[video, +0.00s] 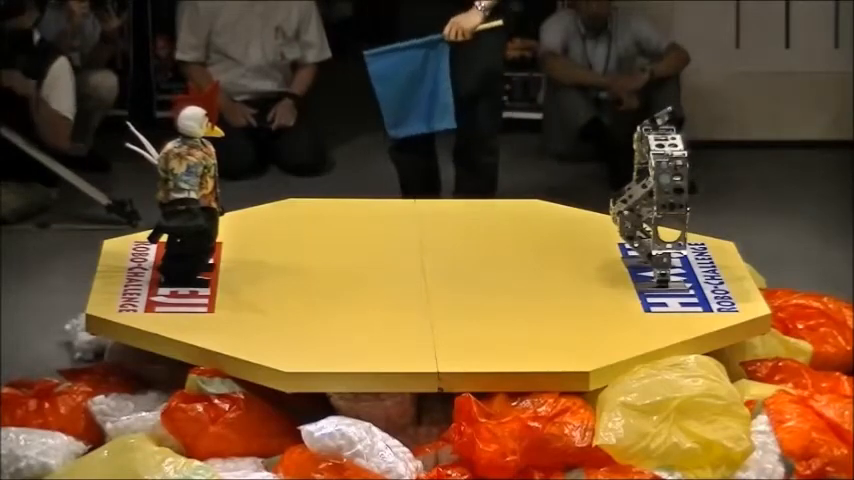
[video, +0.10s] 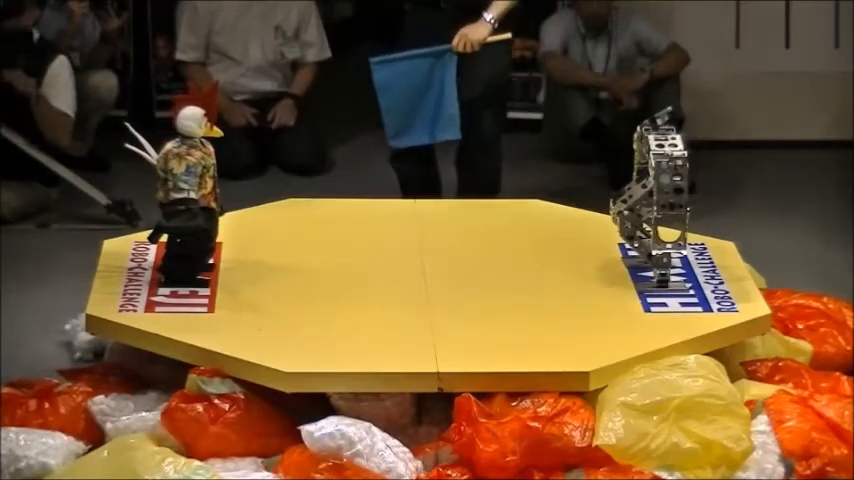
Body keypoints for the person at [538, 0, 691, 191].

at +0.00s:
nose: (595, 9)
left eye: (601, 2)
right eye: (587, 2)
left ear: (611, 4)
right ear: (574, 5)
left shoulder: (630, 24)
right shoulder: (558, 25)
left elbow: (679, 56)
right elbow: (552, 67)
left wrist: (644, 76)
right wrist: (611, 83)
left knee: (666, 81)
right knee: (564, 88)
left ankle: (670, 166)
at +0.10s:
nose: (597, 10)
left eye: (603, 3)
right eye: (590, 3)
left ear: (611, 5)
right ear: (576, 5)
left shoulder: (628, 24)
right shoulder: (558, 25)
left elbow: (679, 56)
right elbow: (553, 66)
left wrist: (643, 77)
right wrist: (610, 83)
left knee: (667, 81)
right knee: (564, 85)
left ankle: (669, 166)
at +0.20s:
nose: (597, 10)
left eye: (603, 3)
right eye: (590, 3)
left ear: (611, 5)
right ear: (577, 5)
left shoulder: (628, 24)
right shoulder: (559, 24)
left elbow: (679, 56)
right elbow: (552, 66)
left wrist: (643, 76)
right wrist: (609, 83)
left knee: (667, 82)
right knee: (563, 89)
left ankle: (668, 166)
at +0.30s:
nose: (596, 9)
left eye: (602, 3)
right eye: (589, 3)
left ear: (611, 5)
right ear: (577, 5)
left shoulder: (628, 24)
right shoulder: (567, 21)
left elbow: (679, 56)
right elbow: (550, 64)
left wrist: (643, 76)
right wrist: (608, 83)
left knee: (667, 80)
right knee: (562, 84)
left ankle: (668, 163)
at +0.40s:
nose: (598, 9)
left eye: (604, 3)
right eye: (590, 3)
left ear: (611, 5)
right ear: (577, 5)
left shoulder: (628, 24)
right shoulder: (562, 22)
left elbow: (679, 56)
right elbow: (551, 64)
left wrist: (643, 76)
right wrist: (608, 83)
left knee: (667, 81)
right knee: (564, 88)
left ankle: (668, 166)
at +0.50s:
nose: (597, 9)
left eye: (603, 3)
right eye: (590, 3)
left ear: (612, 4)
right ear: (577, 5)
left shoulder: (628, 24)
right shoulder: (559, 24)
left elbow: (679, 57)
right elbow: (551, 64)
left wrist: (644, 76)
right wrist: (609, 83)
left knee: (667, 82)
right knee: (565, 91)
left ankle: (670, 168)